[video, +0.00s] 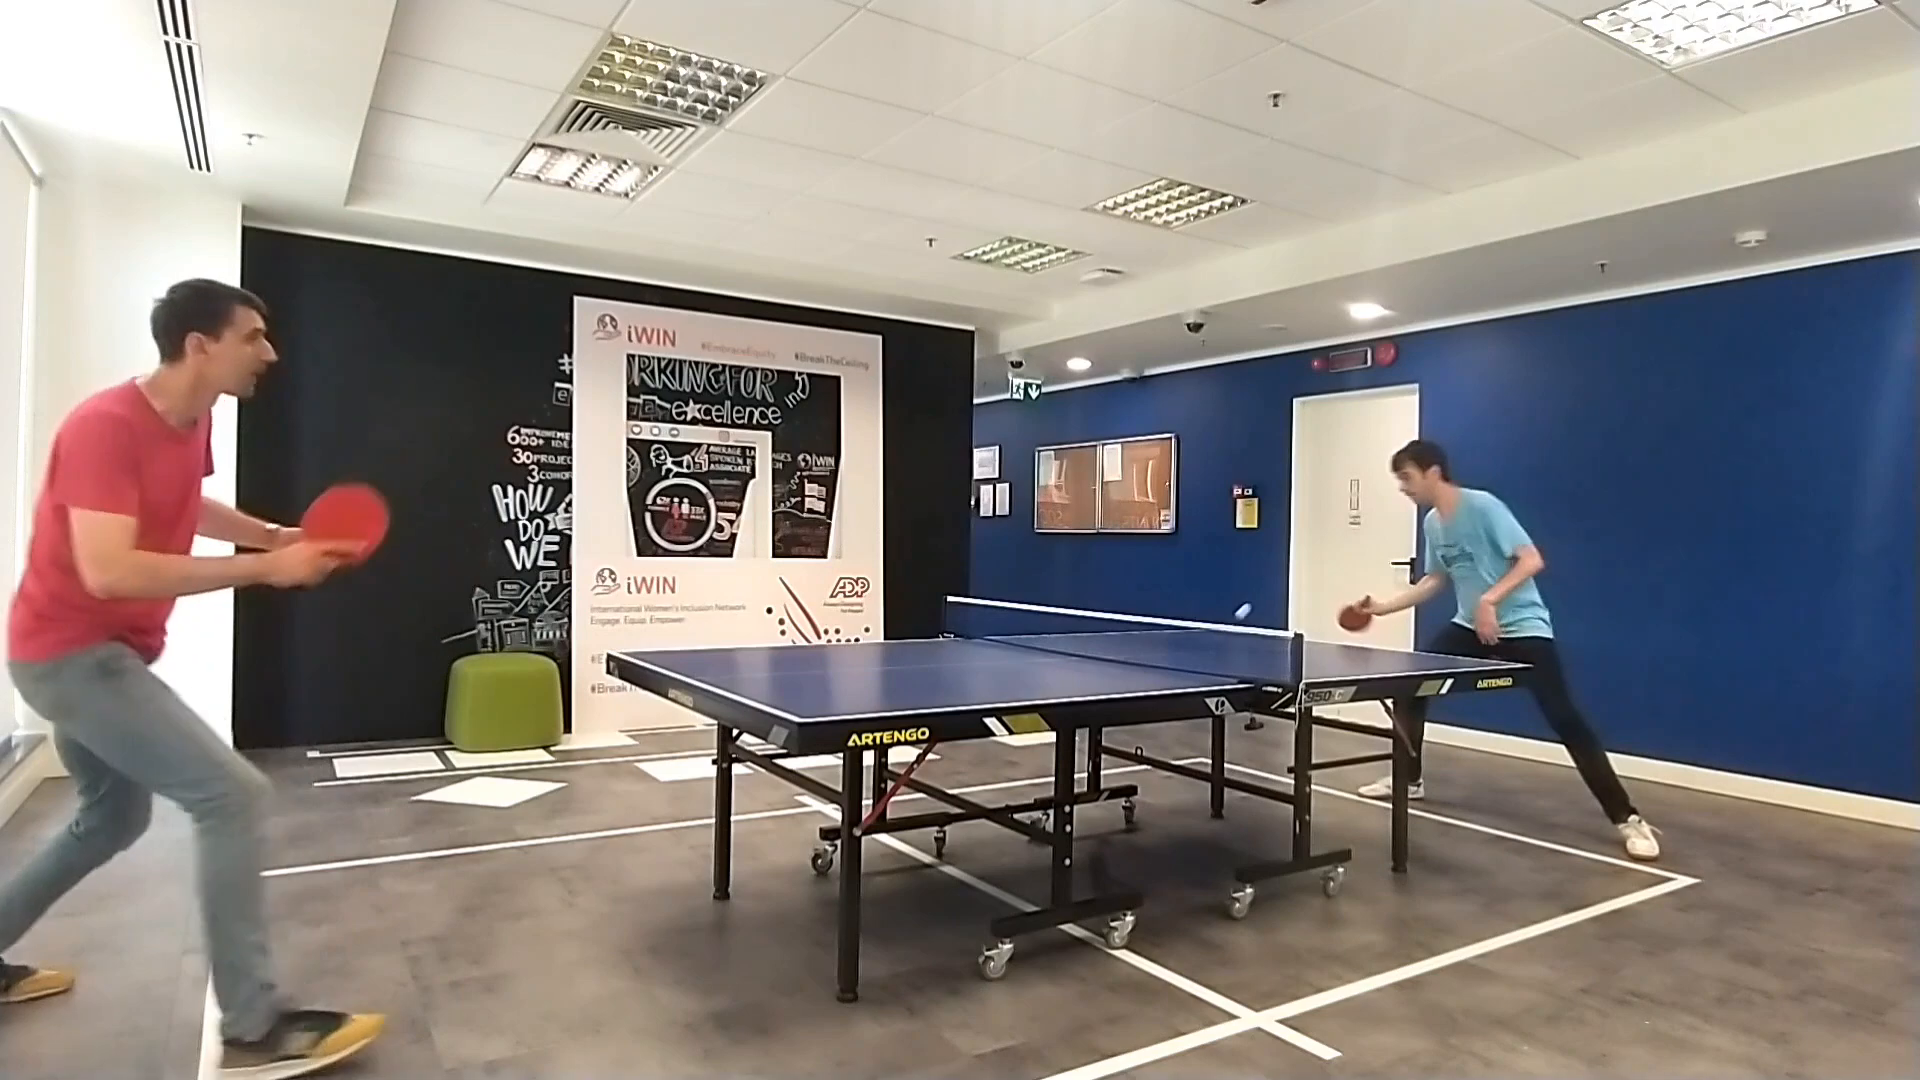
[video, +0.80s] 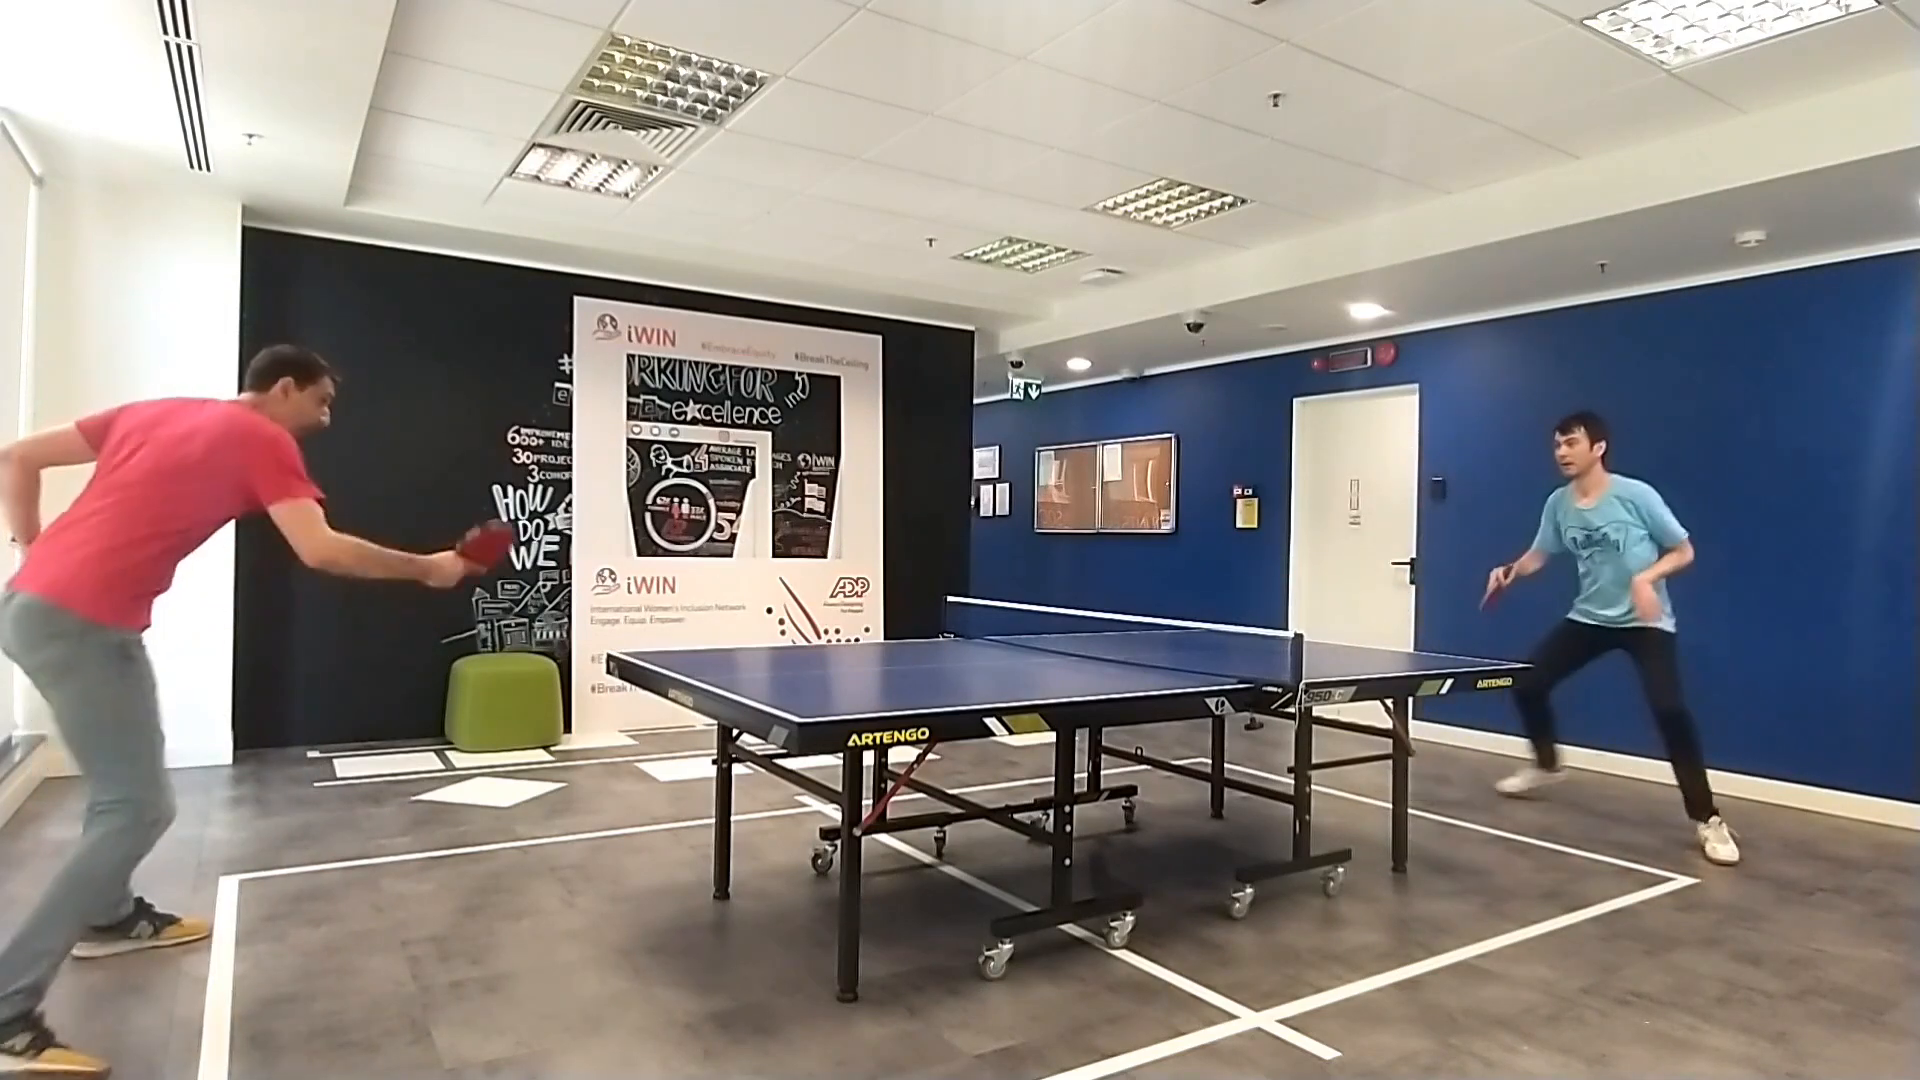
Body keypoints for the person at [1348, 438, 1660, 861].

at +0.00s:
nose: (1402, 488)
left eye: (1406, 477)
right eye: (1399, 480)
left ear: (1434, 472)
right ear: (1422, 478)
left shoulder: (1482, 505)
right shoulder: (1432, 522)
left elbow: (1531, 560)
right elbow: (1435, 581)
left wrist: (1489, 600)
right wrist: (1380, 607)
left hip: (1523, 628)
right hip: (1470, 629)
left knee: (1563, 718)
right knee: (1408, 686)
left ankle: (1627, 820)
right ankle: (1407, 778)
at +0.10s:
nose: (1383, 492)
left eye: (1385, 482)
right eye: (1380, 485)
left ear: (1410, 474)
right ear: (1406, 478)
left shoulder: (1466, 504)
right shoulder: (1417, 532)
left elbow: (1518, 552)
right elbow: (1399, 582)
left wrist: (1476, 591)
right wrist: (1338, 583)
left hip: (1522, 626)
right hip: (1468, 629)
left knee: (1573, 712)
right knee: (1408, 683)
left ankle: (1632, 816)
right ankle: (1406, 778)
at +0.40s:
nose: (1426, 484)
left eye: (1434, 474)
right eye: (1424, 477)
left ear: (1463, 475)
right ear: (1433, 486)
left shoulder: (1508, 511)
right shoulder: (1435, 535)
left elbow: (1554, 563)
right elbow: (1392, 585)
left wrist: (1514, 588)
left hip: (1541, 636)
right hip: (1483, 639)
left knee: (1602, 716)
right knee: (1414, 685)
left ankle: (1689, 813)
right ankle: (1405, 780)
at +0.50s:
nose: (1473, 481)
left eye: (1481, 473)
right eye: (1470, 474)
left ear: (1510, 476)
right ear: (1473, 482)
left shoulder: (1552, 517)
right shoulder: (1473, 532)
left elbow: (1592, 572)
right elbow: (1447, 579)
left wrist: (1551, 596)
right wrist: (1445, 599)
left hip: (1569, 648)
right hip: (1507, 645)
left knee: (1622, 730)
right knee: (1433, 700)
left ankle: (1698, 825)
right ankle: (1404, 780)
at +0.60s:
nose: (1518, 474)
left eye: (1527, 465)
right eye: (1516, 467)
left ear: (1557, 469)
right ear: (1518, 474)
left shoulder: (1598, 515)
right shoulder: (1518, 527)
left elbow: (1636, 574)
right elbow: (1496, 577)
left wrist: (1595, 601)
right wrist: (1482, 605)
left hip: (1603, 646)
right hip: (1541, 642)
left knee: (1642, 731)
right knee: (1473, 703)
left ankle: (1701, 826)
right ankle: (1417, 776)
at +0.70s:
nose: (1548, 462)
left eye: (1558, 453)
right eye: (1546, 455)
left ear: (1586, 459)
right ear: (1546, 462)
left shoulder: (1623, 507)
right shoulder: (1549, 514)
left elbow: (1670, 565)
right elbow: (1528, 566)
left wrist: (1626, 598)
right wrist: (1507, 585)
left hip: (1628, 637)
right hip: (1572, 629)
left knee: (1653, 726)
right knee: (1505, 682)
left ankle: (1703, 827)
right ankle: (1468, 776)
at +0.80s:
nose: (1561, 451)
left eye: (1570, 443)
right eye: (1557, 445)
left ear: (1598, 449)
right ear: (1556, 453)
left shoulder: (1636, 494)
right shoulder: (1559, 503)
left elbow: (1683, 552)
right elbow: (1539, 553)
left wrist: (1645, 577)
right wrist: (1511, 571)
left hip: (1647, 624)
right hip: (1589, 621)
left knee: (1670, 712)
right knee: (1528, 681)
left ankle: (1708, 821)